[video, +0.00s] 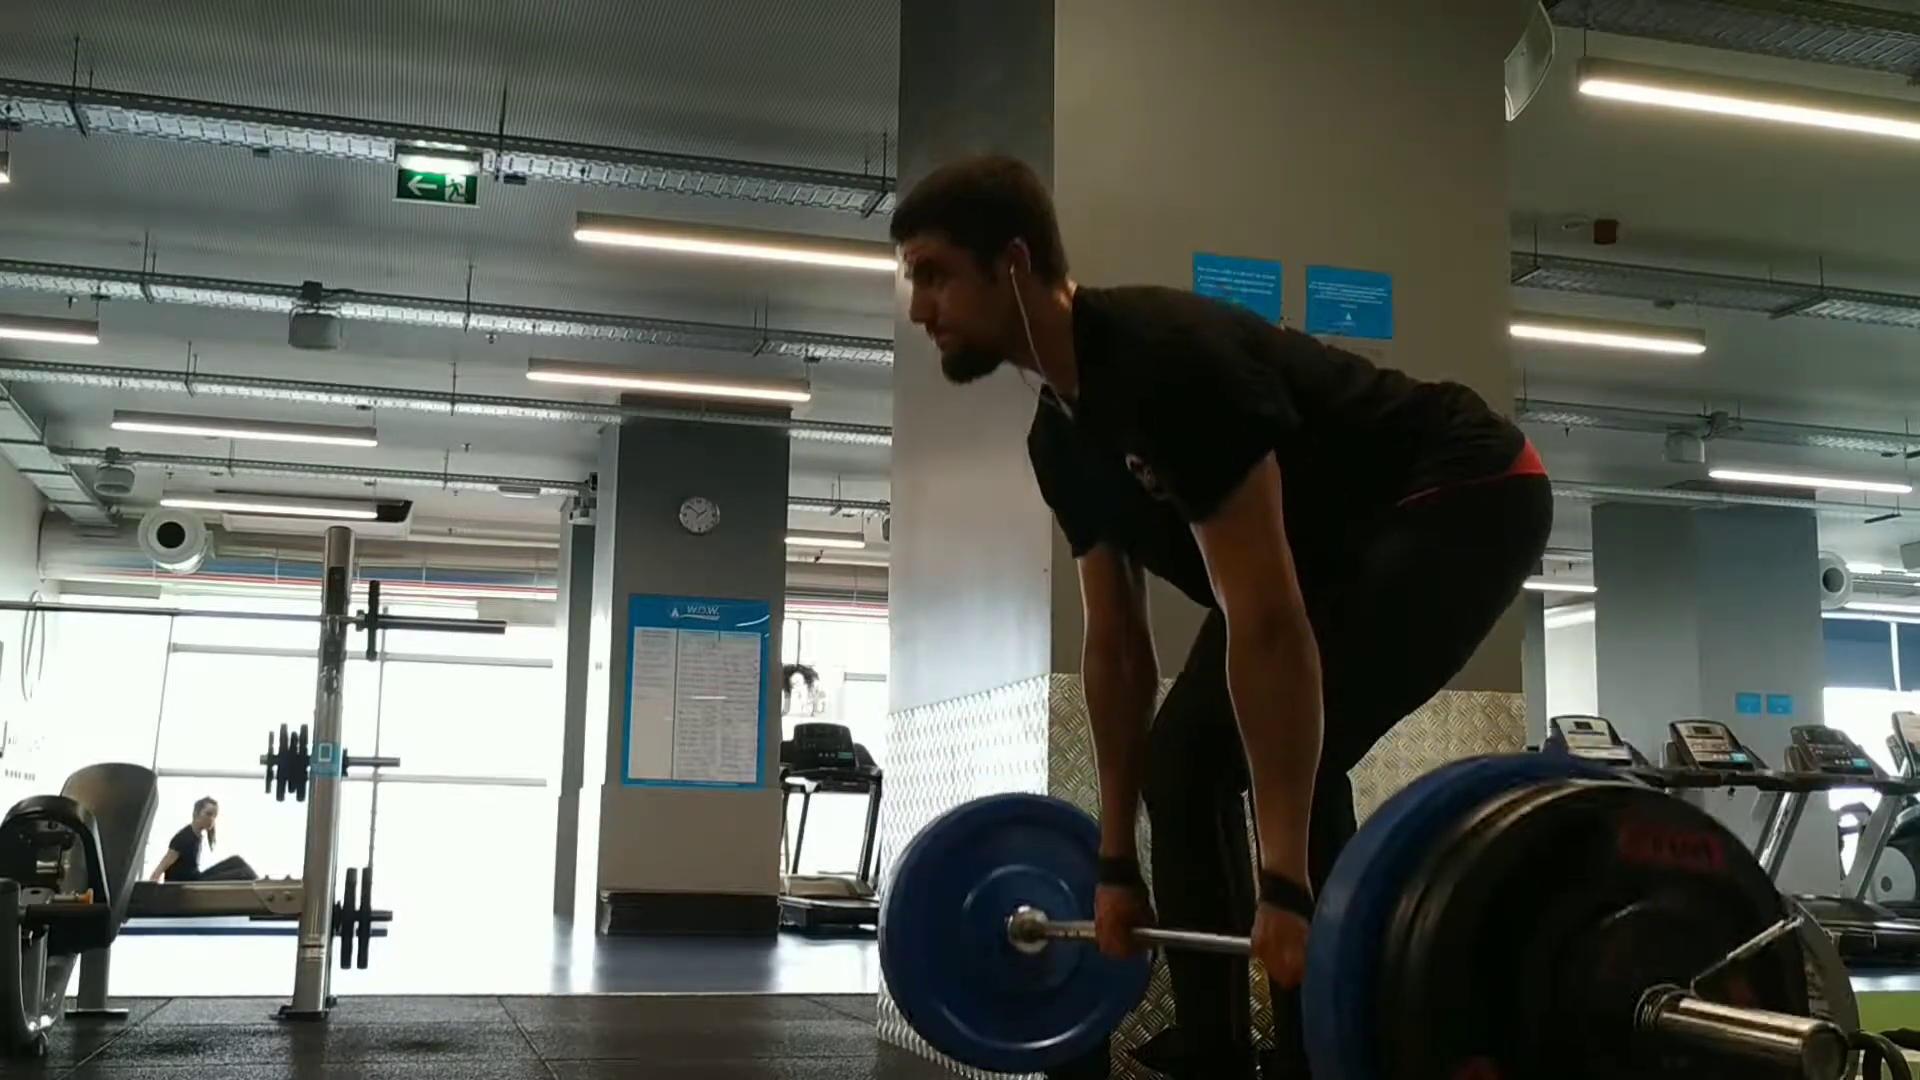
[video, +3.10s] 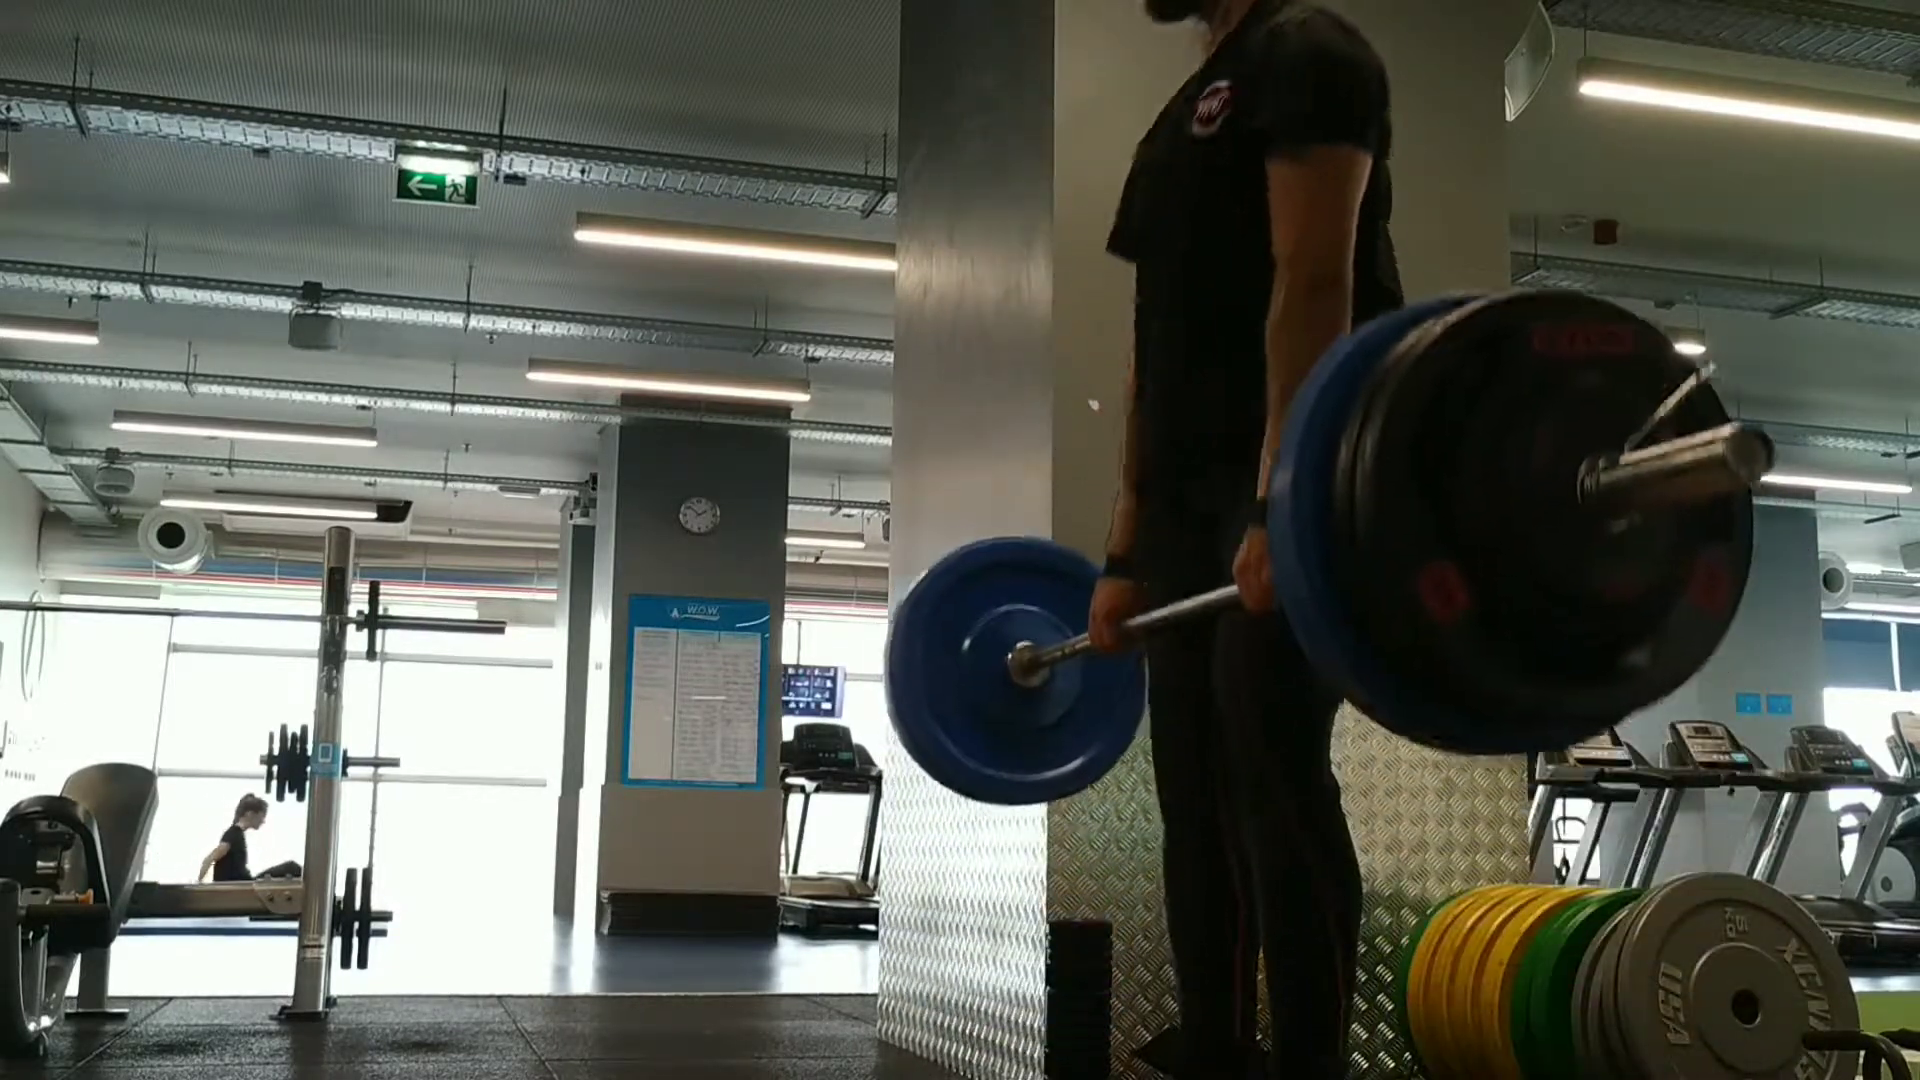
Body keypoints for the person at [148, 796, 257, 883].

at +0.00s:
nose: (211, 819)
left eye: (214, 816)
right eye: (208, 814)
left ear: (215, 818)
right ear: (198, 813)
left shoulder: (197, 836)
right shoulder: (184, 837)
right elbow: (162, 866)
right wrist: (149, 888)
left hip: (194, 880)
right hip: (184, 886)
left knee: (236, 861)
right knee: (240, 872)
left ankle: (259, 885)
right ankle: (260, 890)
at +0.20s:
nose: (212, 817)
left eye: (213, 813)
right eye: (209, 812)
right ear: (195, 812)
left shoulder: (194, 835)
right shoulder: (185, 835)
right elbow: (160, 864)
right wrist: (154, 889)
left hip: (193, 881)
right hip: (184, 888)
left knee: (235, 862)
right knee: (239, 872)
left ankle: (259, 886)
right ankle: (261, 891)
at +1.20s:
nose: (206, 816)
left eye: (207, 812)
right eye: (205, 811)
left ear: (193, 811)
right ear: (197, 810)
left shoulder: (188, 832)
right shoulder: (184, 833)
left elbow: (177, 867)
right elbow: (175, 867)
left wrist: (172, 892)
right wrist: (171, 893)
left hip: (210, 879)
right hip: (205, 884)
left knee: (254, 851)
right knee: (256, 857)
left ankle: (280, 882)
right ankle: (282, 884)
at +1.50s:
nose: (217, 820)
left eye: (218, 816)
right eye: (217, 815)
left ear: (202, 815)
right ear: (208, 815)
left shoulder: (201, 836)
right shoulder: (199, 837)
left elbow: (186, 869)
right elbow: (185, 869)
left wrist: (173, 891)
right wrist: (172, 892)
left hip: (227, 880)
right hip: (227, 883)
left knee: (267, 847)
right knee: (273, 853)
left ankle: (287, 886)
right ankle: (292, 888)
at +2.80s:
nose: (237, 823)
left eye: (237, 819)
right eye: (236, 819)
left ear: (217, 817)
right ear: (230, 819)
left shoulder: (203, 840)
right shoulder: (215, 842)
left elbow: (187, 868)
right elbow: (195, 869)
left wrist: (175, 885)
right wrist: (180, 886)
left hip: (224, 887)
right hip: (237, 887)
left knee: (276, 857)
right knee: (280, 858)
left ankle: (300, 881)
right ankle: (305, 881)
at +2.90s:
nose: (246, 822)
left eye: (246, 818)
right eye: (244, 817)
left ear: (231, 817)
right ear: (235, 817)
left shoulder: (214, 837)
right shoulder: (219, 839)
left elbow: (197, 867)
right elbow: (197, 867)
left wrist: (180, 885)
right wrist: (179, 886)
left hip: (235, 886)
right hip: (238, 888)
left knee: (281, 860)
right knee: (283, 860)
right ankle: (309, 882)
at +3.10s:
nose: (263, 821)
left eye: (264, 817)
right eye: (261, 816)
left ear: (248, 815)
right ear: (249, 814)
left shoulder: (237, 834)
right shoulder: (234, 833)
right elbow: (209, 859)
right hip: (236, 887)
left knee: (289, 868)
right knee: (291, 866)